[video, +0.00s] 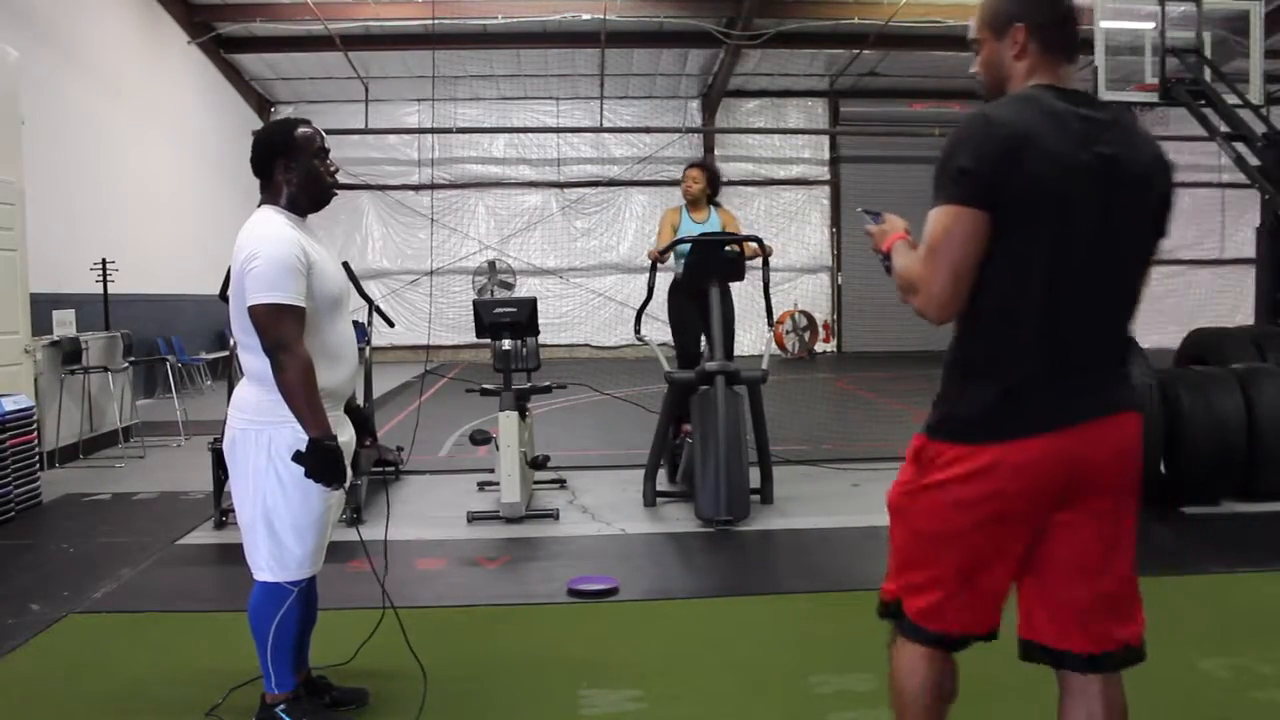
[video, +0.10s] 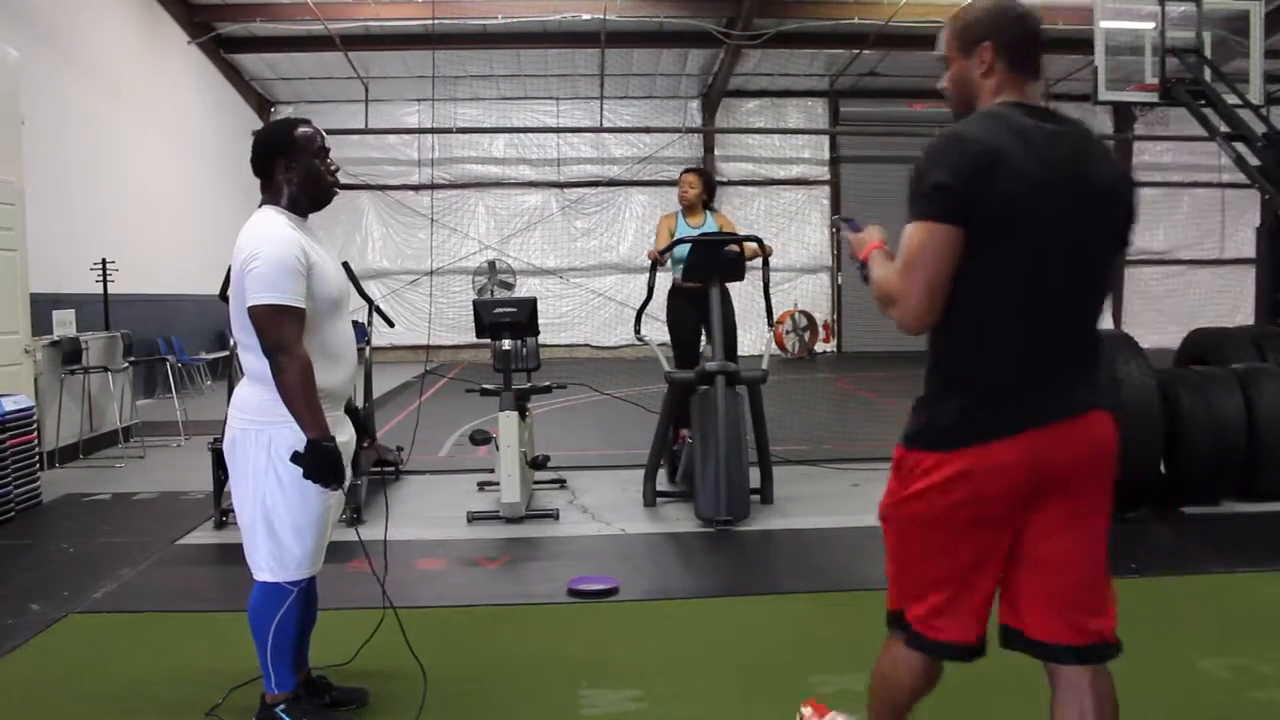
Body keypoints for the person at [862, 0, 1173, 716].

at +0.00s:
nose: (976, 62)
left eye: (980, 45)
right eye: (975, 46)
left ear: (1017, 43)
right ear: (1067, 42)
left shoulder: (990, 133)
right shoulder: (1144, 152)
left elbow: (938, 297)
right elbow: (1118, 294)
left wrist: (899, 251)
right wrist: (955, 251)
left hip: (989, 437)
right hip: (1107, 431)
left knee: (924, 627)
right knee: (1089, 657)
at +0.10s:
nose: (941, 82)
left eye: (948, 65)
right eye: (942, 66)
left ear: (984, 60)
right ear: (1020, 63)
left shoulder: (959, 155)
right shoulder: (1101, 160)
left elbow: (912, 309)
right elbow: (1100, 296)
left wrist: (873, 258)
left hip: (966, 440)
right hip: (1079, 431)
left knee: (919, 634)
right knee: (1075, 652)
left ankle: (872, 719)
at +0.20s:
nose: (907, 100)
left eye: (911, 84)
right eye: (906, 86)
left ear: (947, 80)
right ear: (990, 80)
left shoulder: (927, 170)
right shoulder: (1067, 177)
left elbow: (883, 321)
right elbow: (1048, 306)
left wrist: (848, 271)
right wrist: (895, 270)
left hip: (938, 441)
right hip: (1047, 432)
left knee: (899, 620)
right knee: (1052, 644)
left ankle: (876, 717)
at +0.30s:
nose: (873, 107)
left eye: (875, 93)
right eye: (871, 94)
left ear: (906, 87)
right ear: (951, 88)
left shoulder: (888, 179)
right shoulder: (1029, 178)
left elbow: (851, 324)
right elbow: (1034, 305)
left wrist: (821, 273)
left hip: (902, 436)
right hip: (1007, 430)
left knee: (874, 614)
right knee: (1020, 626)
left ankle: (870, 715)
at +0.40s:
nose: (844, 111)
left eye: (845, 99)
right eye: (842, 100)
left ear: (871, 93)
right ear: (920, 93)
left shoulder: (852, 182)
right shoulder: (999, 175)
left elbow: (817, 324)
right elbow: (1017, 311)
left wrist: (799, 271)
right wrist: (1015, 406)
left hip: (875, 430)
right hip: (973, 423)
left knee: (860, 605)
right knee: (980, 592)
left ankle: (868, 715)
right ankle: (1022, 711)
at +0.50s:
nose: (826, 111)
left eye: (826, 98)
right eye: (826, 98)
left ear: (847, 93)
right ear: (897, 92)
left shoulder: (829, 183)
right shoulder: (979, 175)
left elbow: (792, 318)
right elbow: (1008, 301)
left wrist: (778, 264)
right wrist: (1024, 400)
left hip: (857, 423)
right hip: (948, 413)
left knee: (853, 596)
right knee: (945, 564)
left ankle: (866, 714)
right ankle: (978, 701)